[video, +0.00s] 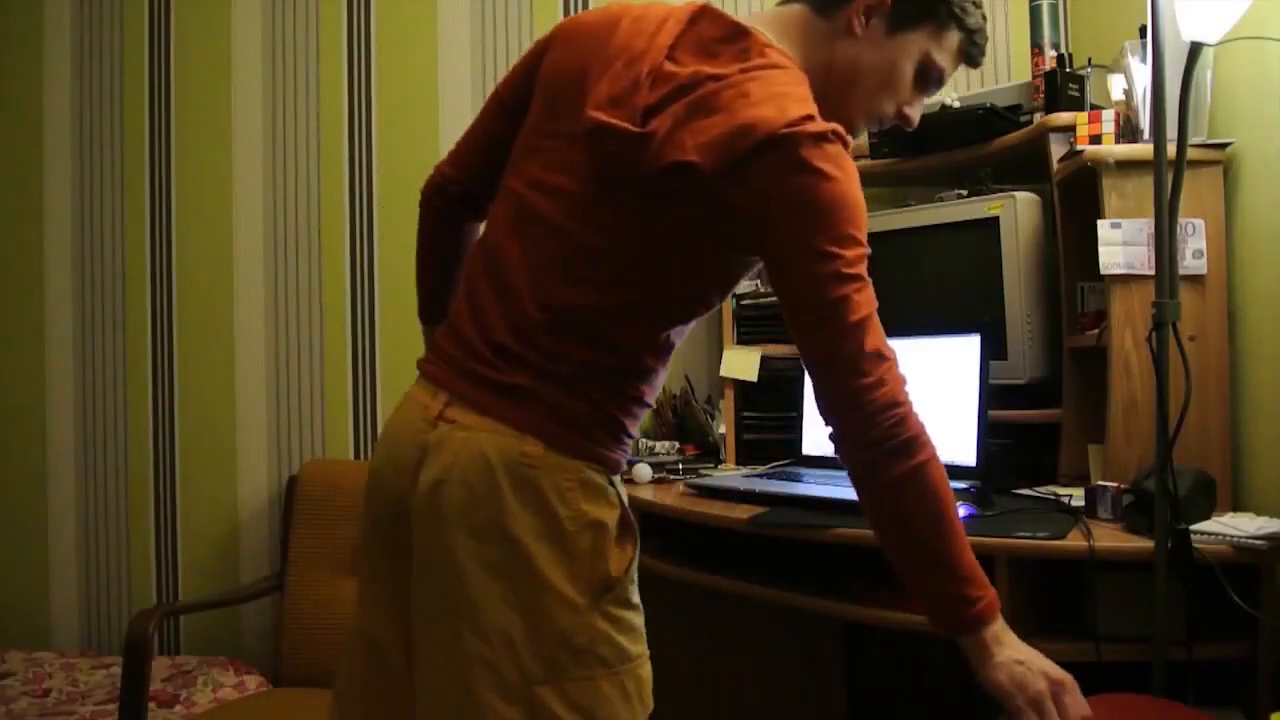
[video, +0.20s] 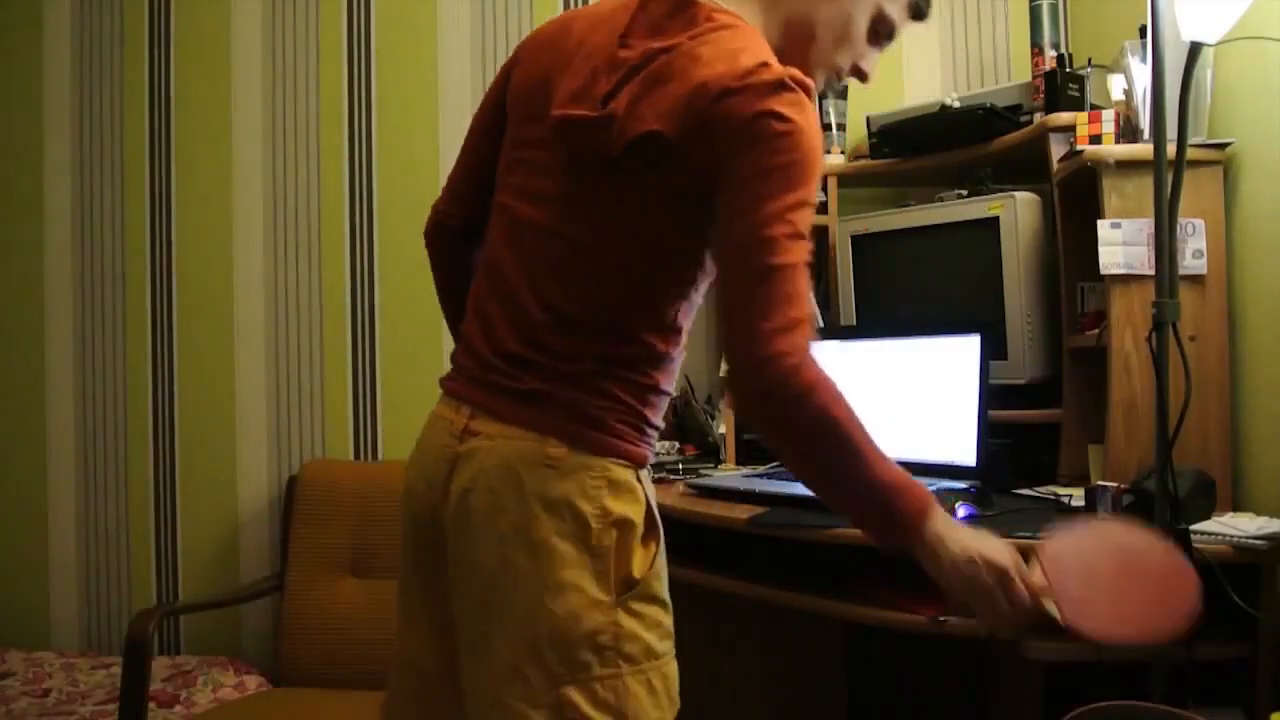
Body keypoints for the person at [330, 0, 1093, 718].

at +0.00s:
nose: (910, 114)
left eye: (931, 94)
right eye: (924, 75)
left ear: (845, 15)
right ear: (867, 14)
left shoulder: (594, 31)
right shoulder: (791, 137)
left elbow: (450, 195)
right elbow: (872, 414)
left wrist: (452, 367)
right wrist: (985, 632)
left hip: (416, 443)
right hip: (534, 490)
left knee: (384, 710)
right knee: (567, 702)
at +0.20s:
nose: (863, 67)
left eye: (882, 48)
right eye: (876, 31)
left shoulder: (559, 35)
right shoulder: (761, 96)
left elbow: (451, 227)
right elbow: (771, 372)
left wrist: (501, 368)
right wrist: (933, 532)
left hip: (449, 457)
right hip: (568, 496)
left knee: (429, 713)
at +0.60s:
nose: (709, 64)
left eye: (731, 47)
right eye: (732, 35)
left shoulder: (494, 69)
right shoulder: (619, 42)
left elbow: (444, 293)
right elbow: (601, 293)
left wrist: (553, 401)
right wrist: (735, 420)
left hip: (497, 471)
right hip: (576, 487)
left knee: (531, 707)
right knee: (621, 706)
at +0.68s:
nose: (692, 70)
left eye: (712, 53)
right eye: (711, 42)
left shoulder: (501, 64)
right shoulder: (594, 51)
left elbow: (444, 300)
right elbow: (557, 283)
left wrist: (596, 401)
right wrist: (698, 406)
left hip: (507, 475)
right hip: (569, 487)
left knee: (531, 708)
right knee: (624, 706)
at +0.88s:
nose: (667, 88)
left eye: (682, 70)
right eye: (679, 61)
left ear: (640, 13)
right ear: (646, 11)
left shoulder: (530, 69)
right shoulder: (535, 66)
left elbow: (457, 280)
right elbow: (463, 257)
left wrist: (614, 379)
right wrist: (621, 356)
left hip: (528, 471)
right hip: (528, 478)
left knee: (517, 708)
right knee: (607, 708)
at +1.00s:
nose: (663, 104)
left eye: (677, 87)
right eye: (675, 77)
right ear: (641, 27)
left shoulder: (537, 85)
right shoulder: (518, 71)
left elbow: (502, 268)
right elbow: (469, 258)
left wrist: (612, 344)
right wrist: (604, 334)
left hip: (529, 464)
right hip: (506, 471)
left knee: (508, 707)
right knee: (578, 706)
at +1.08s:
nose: (665, 110)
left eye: (679, 95)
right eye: (677, 84)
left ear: (637, 39)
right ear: (644, 37)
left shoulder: (544, 95)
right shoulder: (517, 71)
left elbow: (512, 281)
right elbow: (477, 259)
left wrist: (622, 350)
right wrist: (604, 325)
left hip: (525, 463)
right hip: (499, 469)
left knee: (507, 707)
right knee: (569, 706)